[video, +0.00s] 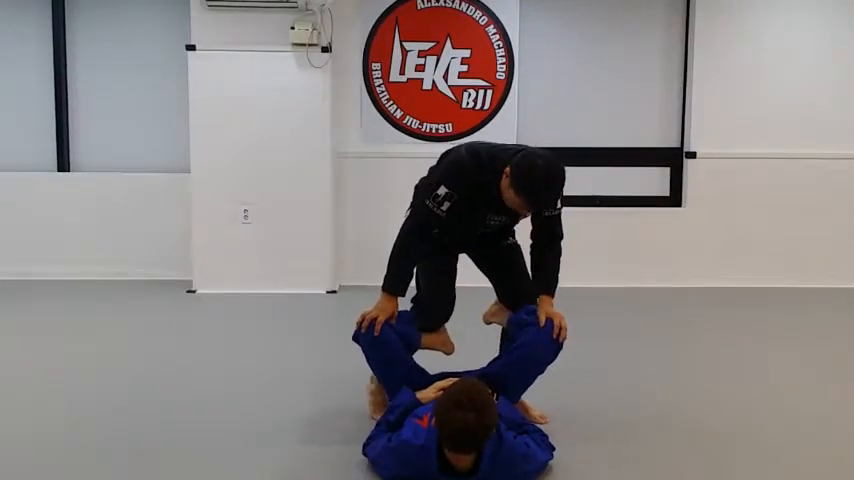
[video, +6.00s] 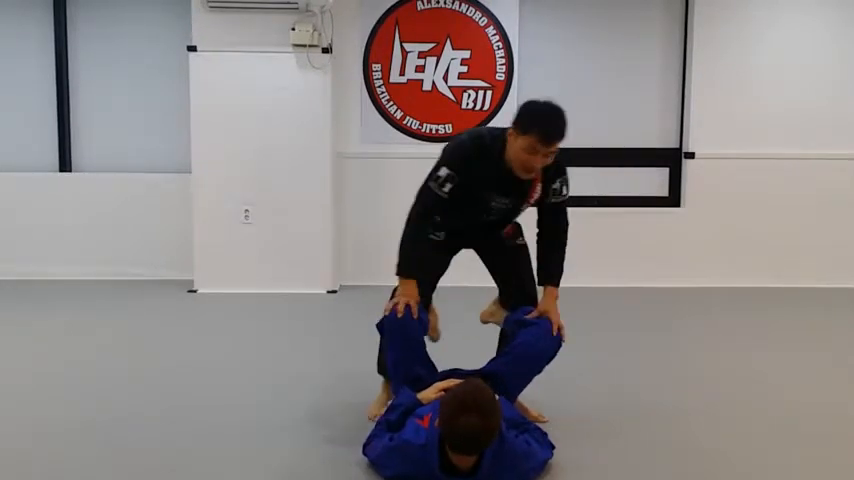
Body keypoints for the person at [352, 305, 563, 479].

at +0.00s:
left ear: (435, 421)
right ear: (495, 419)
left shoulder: (408, 451)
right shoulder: (515, 456)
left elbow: (373, 444)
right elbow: (539, 441)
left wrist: (414, 398)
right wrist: (507, 403)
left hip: (424, 395)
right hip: (492, 393)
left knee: (370, 329)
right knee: (548, 331)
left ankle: (431, 336)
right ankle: (508, 312)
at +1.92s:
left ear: (438, 422)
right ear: (496, 426)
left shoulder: (408, 451)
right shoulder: (515, 457)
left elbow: (374, 444)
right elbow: (541, 444)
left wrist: (412, 397)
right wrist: (519, 413)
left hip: (429, 390)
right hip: (497, 395)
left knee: (398, 318)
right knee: (563, 349)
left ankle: (451, 315)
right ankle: (515, 316)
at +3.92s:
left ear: (437, 423)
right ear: (496, 425)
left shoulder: (405, 453)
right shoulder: (516, 456)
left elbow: (374, 443)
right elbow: (540, 441)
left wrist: (414, 397)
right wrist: (504, 403)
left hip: (426, 393)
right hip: (496, 394)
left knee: (404, 316)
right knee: (555, 339)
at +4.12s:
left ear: (438, 423)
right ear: (496, 424)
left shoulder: (406, 452)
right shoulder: (515, 456)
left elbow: (374, 443)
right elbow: (540, 442)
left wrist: (414, 397)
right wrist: (508, 405)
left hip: (429, 391)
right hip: (498, 395)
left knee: (412, 316)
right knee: (557, 343)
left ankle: (451, 320)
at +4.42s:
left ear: (439, 420)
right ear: (497, 427)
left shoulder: (410, 450)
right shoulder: (516, 456)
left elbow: (374, 443)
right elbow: (541, 442)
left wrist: (413, 397)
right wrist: (520, 412)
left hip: (428, 391)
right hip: (499, 397)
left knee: (418, 314)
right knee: (557, 344)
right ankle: (520, 311)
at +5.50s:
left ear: (439, 416)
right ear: (498, 421)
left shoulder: (409, 449)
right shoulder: (515, 455)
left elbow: (374, 444)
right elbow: (540, 442)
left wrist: (414, 398)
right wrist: (513, 408)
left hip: (424, 397)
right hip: (495, 396)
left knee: (415, 316)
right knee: (550, 339)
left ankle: (413, 295)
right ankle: (520, 306)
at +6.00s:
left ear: (438, 422)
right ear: (499, 427)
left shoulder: (409, 452)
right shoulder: (517, 456)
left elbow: (374, 444)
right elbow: (539, 439)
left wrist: (414, 398)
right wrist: (507, 403)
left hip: (424, 392)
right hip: (493, 392)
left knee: (400, 316)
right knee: (546, 333)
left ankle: (425, 318)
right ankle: (505, 312)